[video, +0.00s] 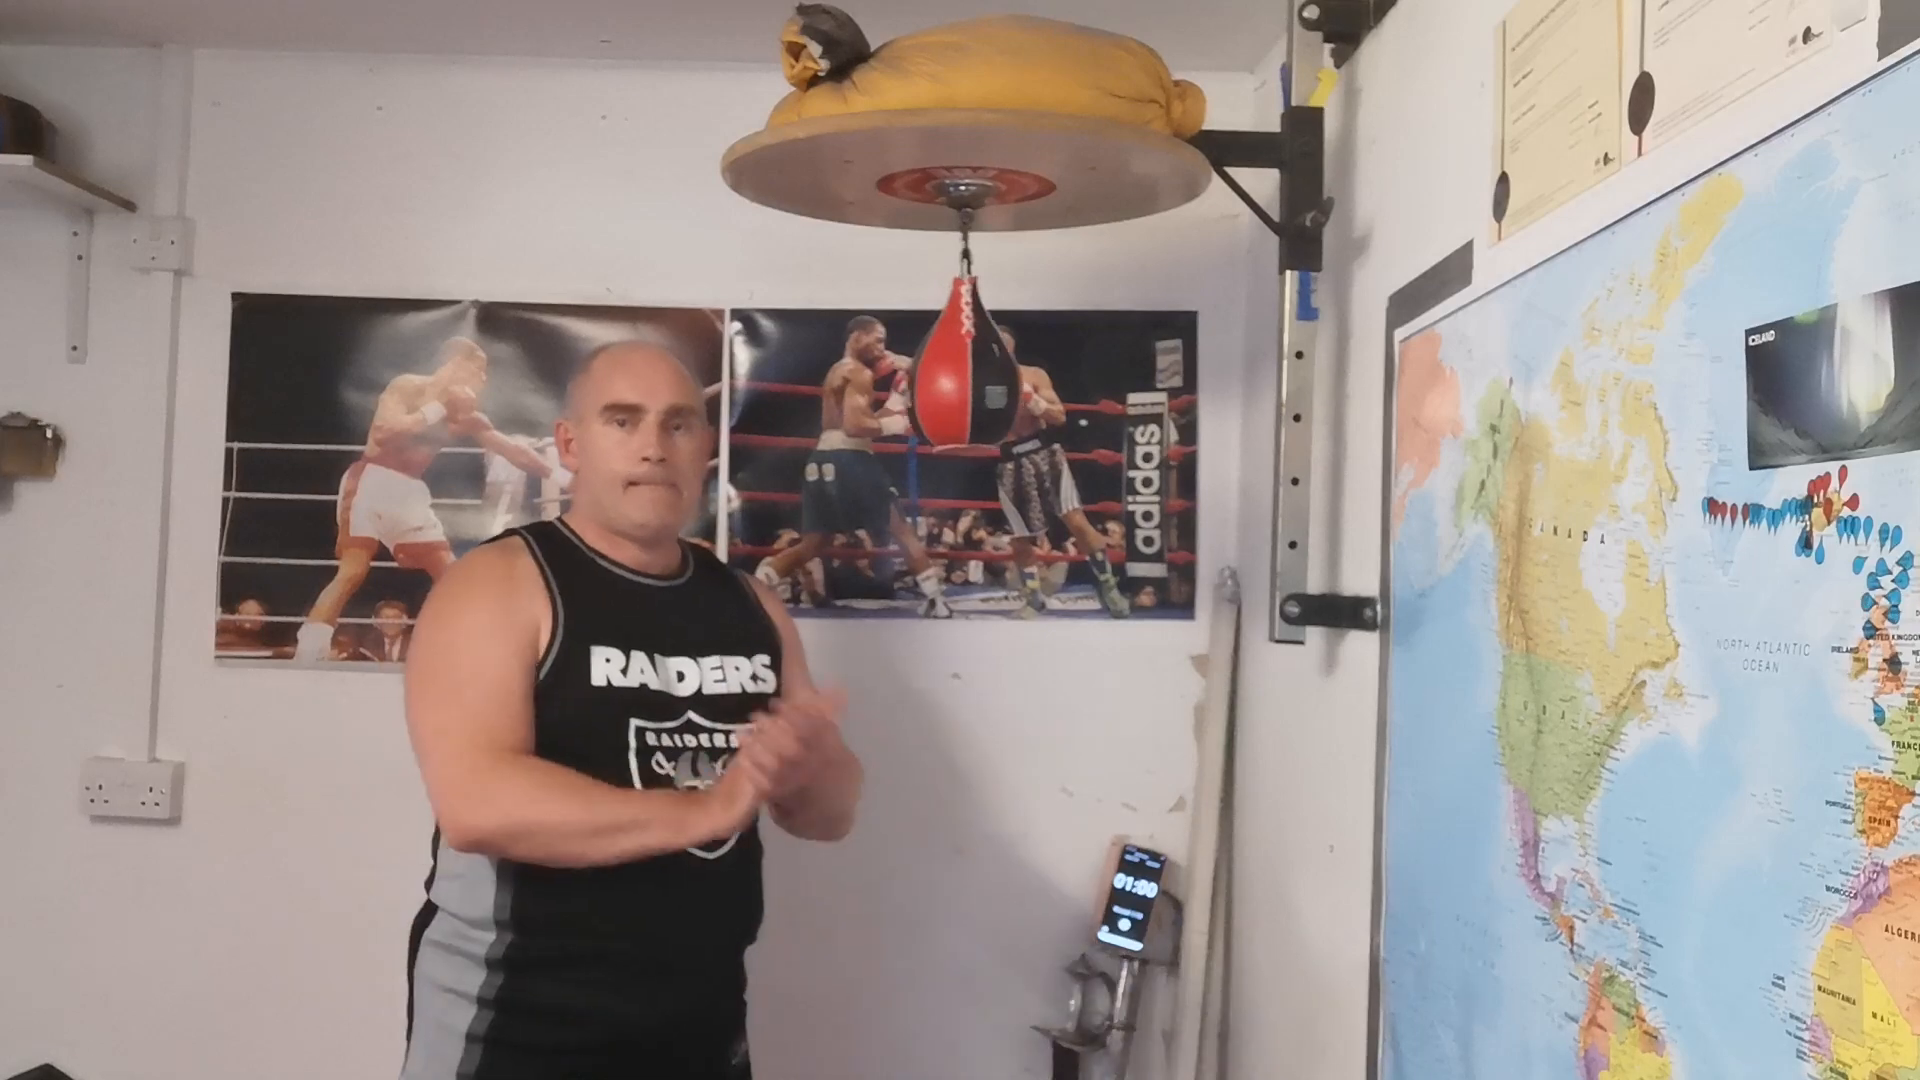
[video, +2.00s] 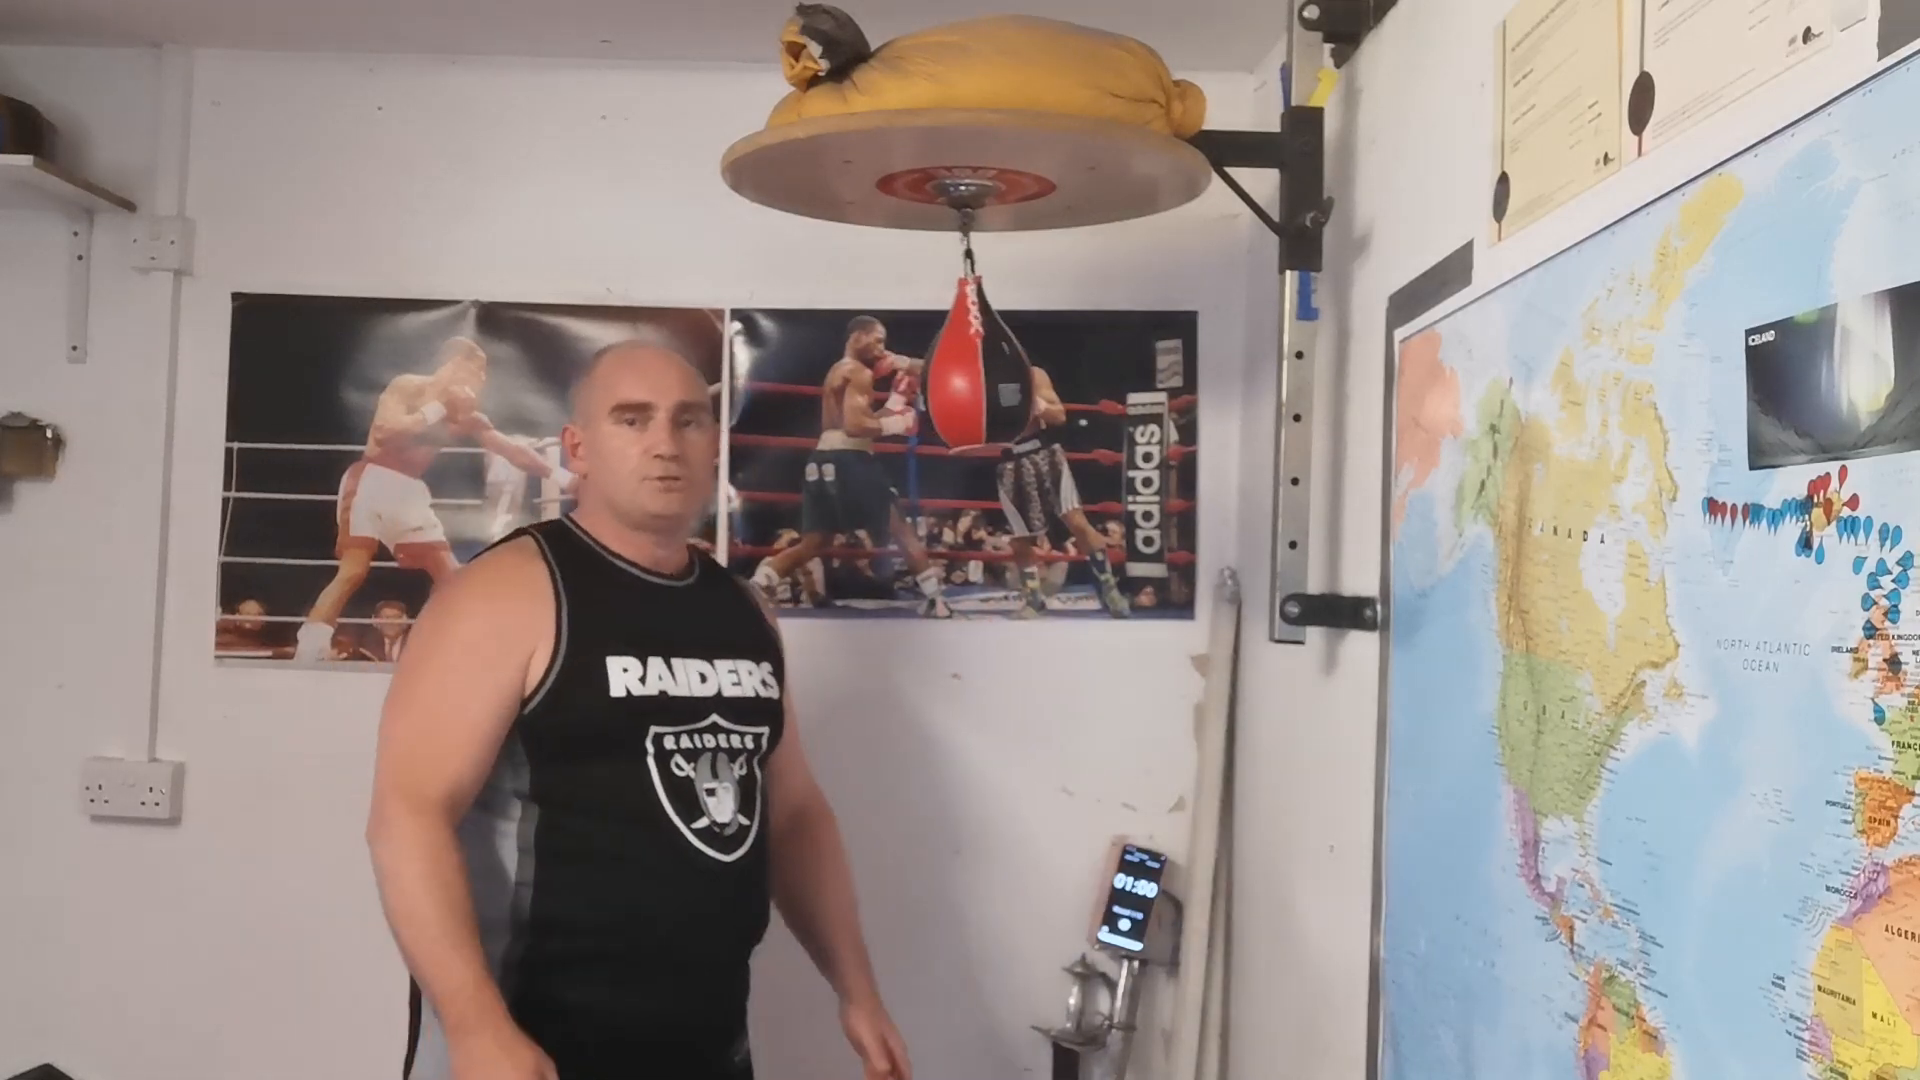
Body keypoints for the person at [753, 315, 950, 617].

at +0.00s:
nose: (881, 349)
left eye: (883, 343)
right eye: (877, 341)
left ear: (856, 340)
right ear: (856, 337)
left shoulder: (834, 373)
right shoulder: (859, 373)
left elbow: (841, 422)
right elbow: (854, 425)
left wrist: (885, 411)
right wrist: (890, 424)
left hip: (820, 463)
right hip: (853, 462)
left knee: (813, 543)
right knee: (903, 531)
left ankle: (755, 589)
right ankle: (936, 598)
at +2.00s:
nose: (881, 349)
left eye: (882, 343)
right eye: (877, 342)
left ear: (856, 340)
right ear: (858, 337)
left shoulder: (834, 373)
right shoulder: (858, 372)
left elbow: (848, 422)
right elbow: (854, 425)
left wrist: (887, 411)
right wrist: (894, 423)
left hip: (821, 462)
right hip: (852, 463)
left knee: (815, 542)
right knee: (903, 530)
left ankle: (756, 586)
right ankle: (936, 600)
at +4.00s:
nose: (881, 349)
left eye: (883, 343)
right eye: (878, 342)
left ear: (855, 340)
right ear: (857, 337)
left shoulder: (833, 374)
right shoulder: (858, 373)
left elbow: (849, 422)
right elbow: (855, 425)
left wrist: (889, 408)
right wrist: (896, 423)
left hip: (820, 462)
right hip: (853, 463)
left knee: (814, 542)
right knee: (902, 531)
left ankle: (755, 587)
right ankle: (935, 598)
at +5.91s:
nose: (881, 349)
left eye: (882, 343)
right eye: (878, 342)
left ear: (857, 340)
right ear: (857, 338)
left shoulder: (835, 372)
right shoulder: (858, 373)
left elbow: (849, 422)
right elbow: (854, 425)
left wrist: (887, 409)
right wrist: (896, 423)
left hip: (821, 463)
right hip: (852, 463)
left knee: (815, 542)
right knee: (901, 529)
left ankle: (756, 587)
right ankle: (936, 597)